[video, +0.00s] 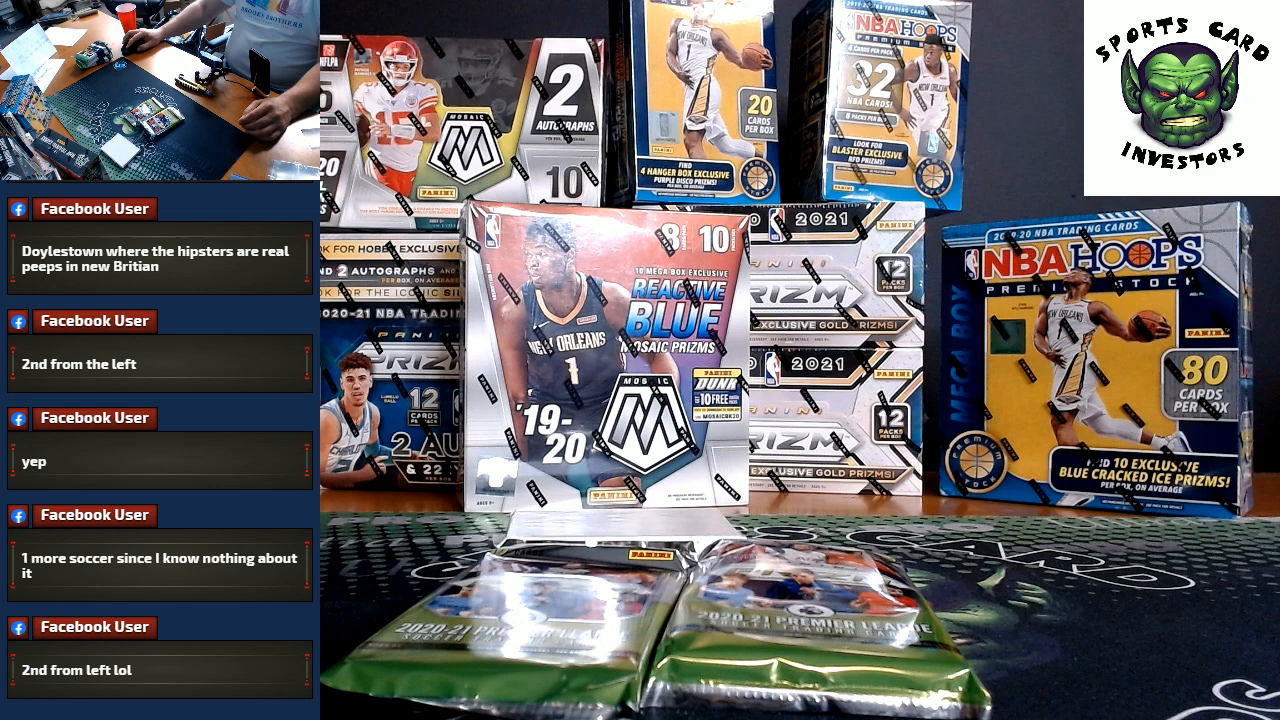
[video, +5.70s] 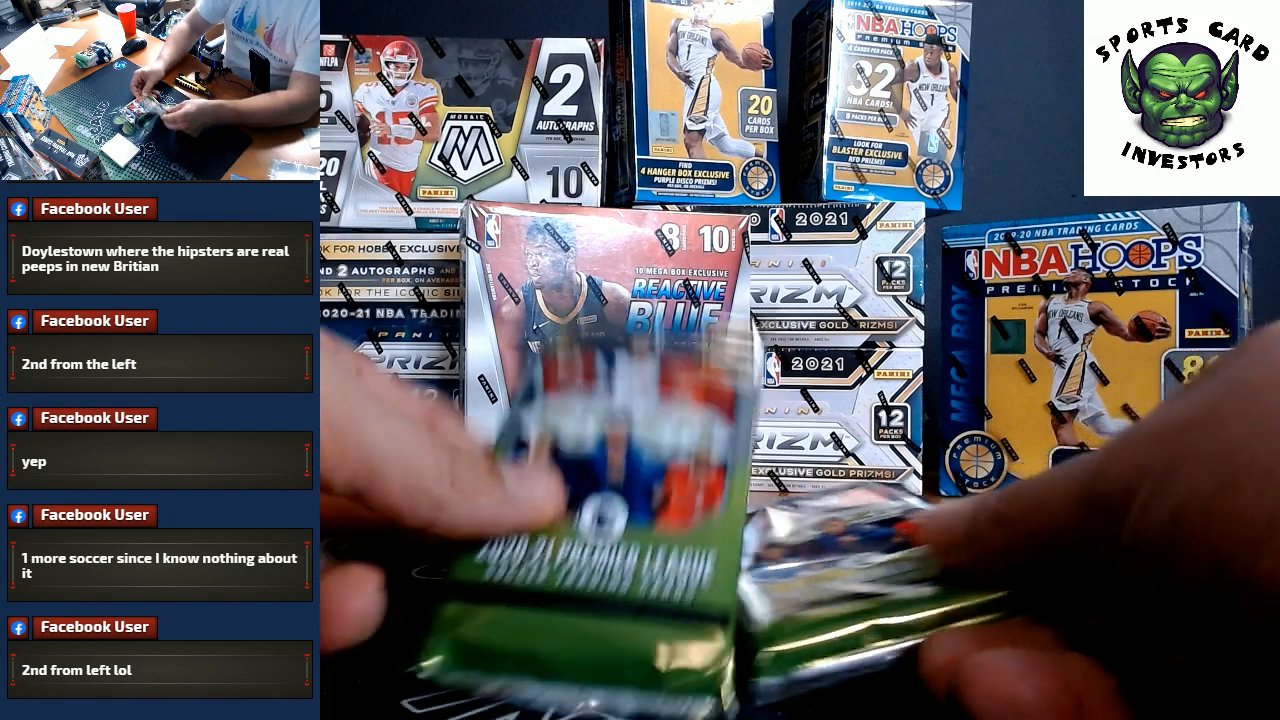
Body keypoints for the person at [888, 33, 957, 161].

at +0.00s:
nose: (928, 52)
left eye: (933, 49)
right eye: (926, 47)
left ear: (941, 52)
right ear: (923, 49)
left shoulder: (949, 71)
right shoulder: (913, 69)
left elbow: (956, 94)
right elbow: (886, 83)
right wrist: (900, 111)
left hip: (940, 117)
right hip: (918, 119)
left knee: (940, 155)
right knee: (923, 155)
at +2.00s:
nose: (928, 52)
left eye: (933, 49)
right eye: (926, 48)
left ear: (941, 52)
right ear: (923, 49)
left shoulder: (949, 71)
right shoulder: (913, 69)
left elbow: (955, 93)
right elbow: (886, 83)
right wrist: (900, 111)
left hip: (940, 117)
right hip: (918, 119)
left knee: (940, 154)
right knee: (923, 155)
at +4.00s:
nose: (928, 52)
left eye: (933, 49)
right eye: (926, 47)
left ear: (941, 51)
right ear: (923, 49)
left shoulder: (950, 70)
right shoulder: (913, 69)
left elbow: (955, 93)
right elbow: (886, 83)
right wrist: (900, 111)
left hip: (940, 116)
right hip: (918, 118)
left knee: (940, 153)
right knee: (923, 154)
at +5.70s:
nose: (928, 55)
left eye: (932, 52)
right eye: (926, 51)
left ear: (941, 52)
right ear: (923, 50)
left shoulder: (949, 70)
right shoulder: (913, 68)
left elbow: (955, 92)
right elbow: (888, 83)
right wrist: (900, 111)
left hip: (940, 117)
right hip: (918, 118)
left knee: (940, 153)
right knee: (924, 153)